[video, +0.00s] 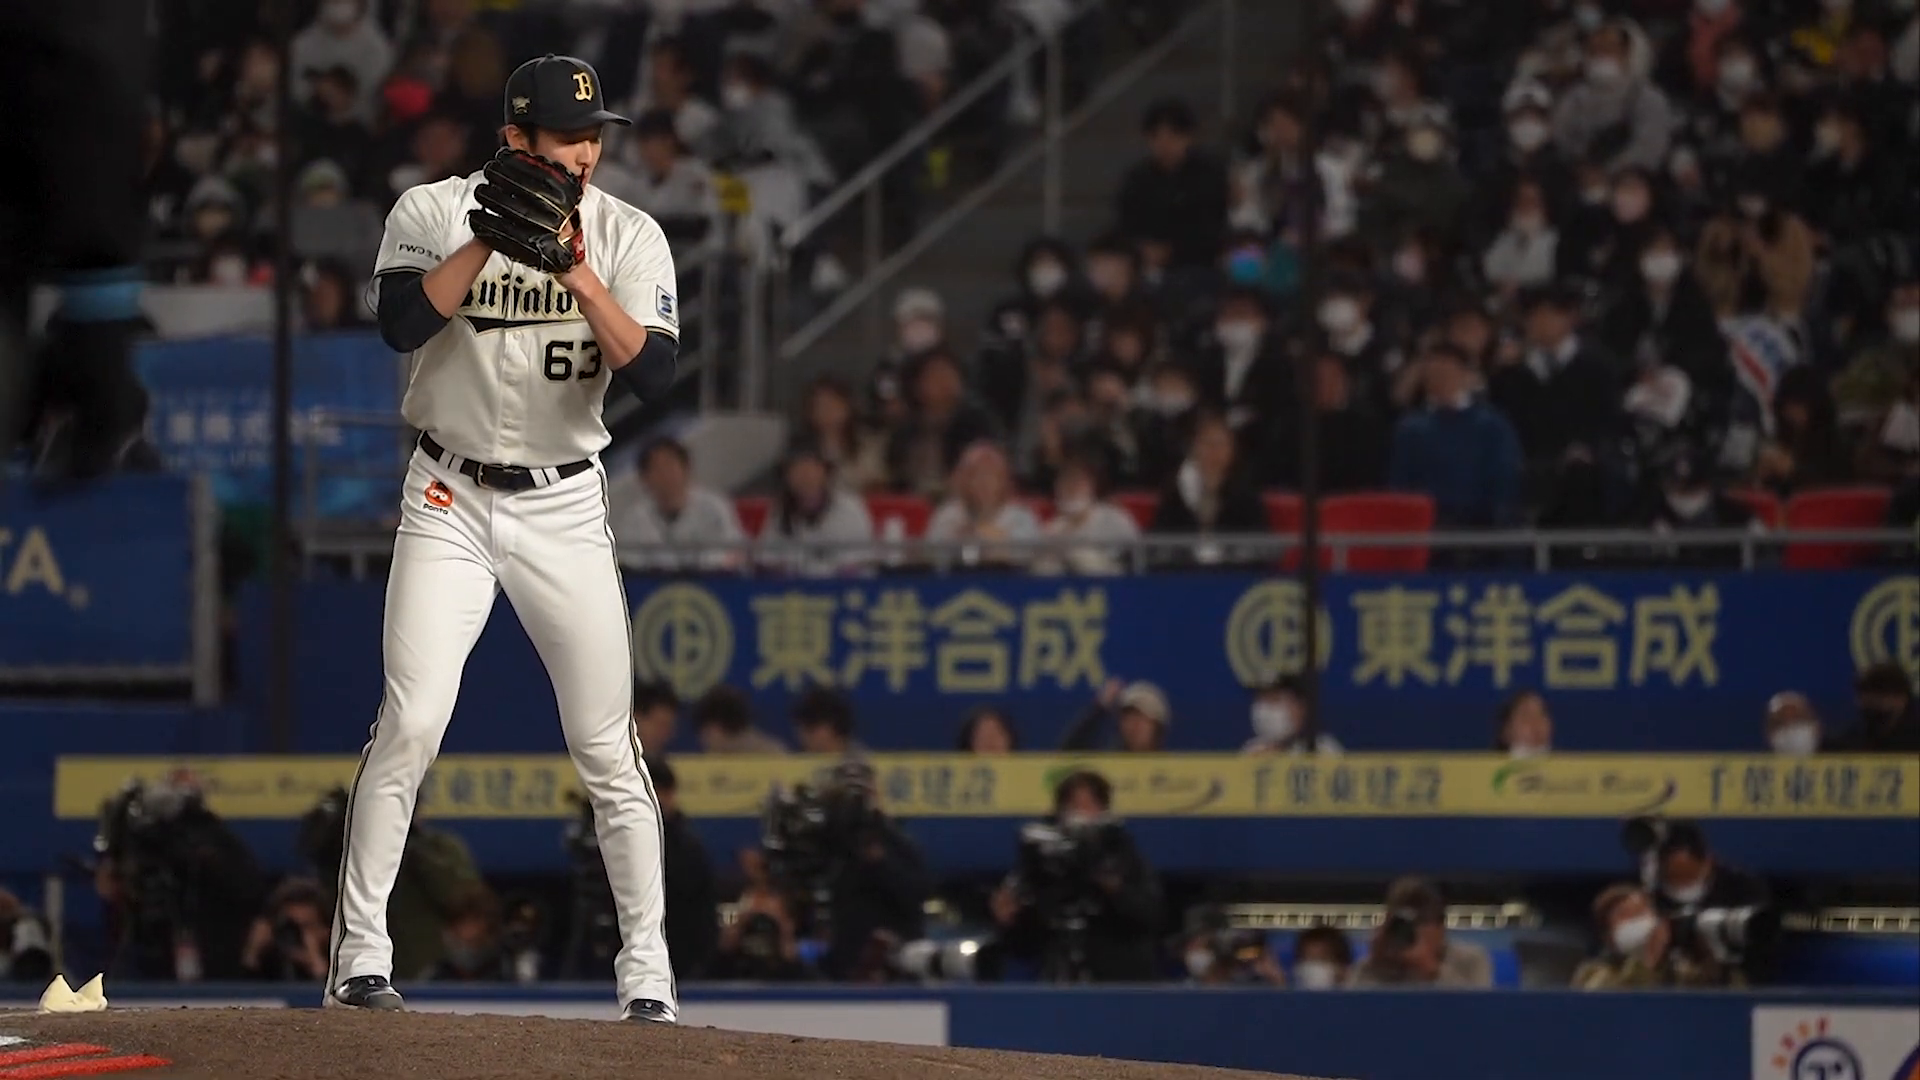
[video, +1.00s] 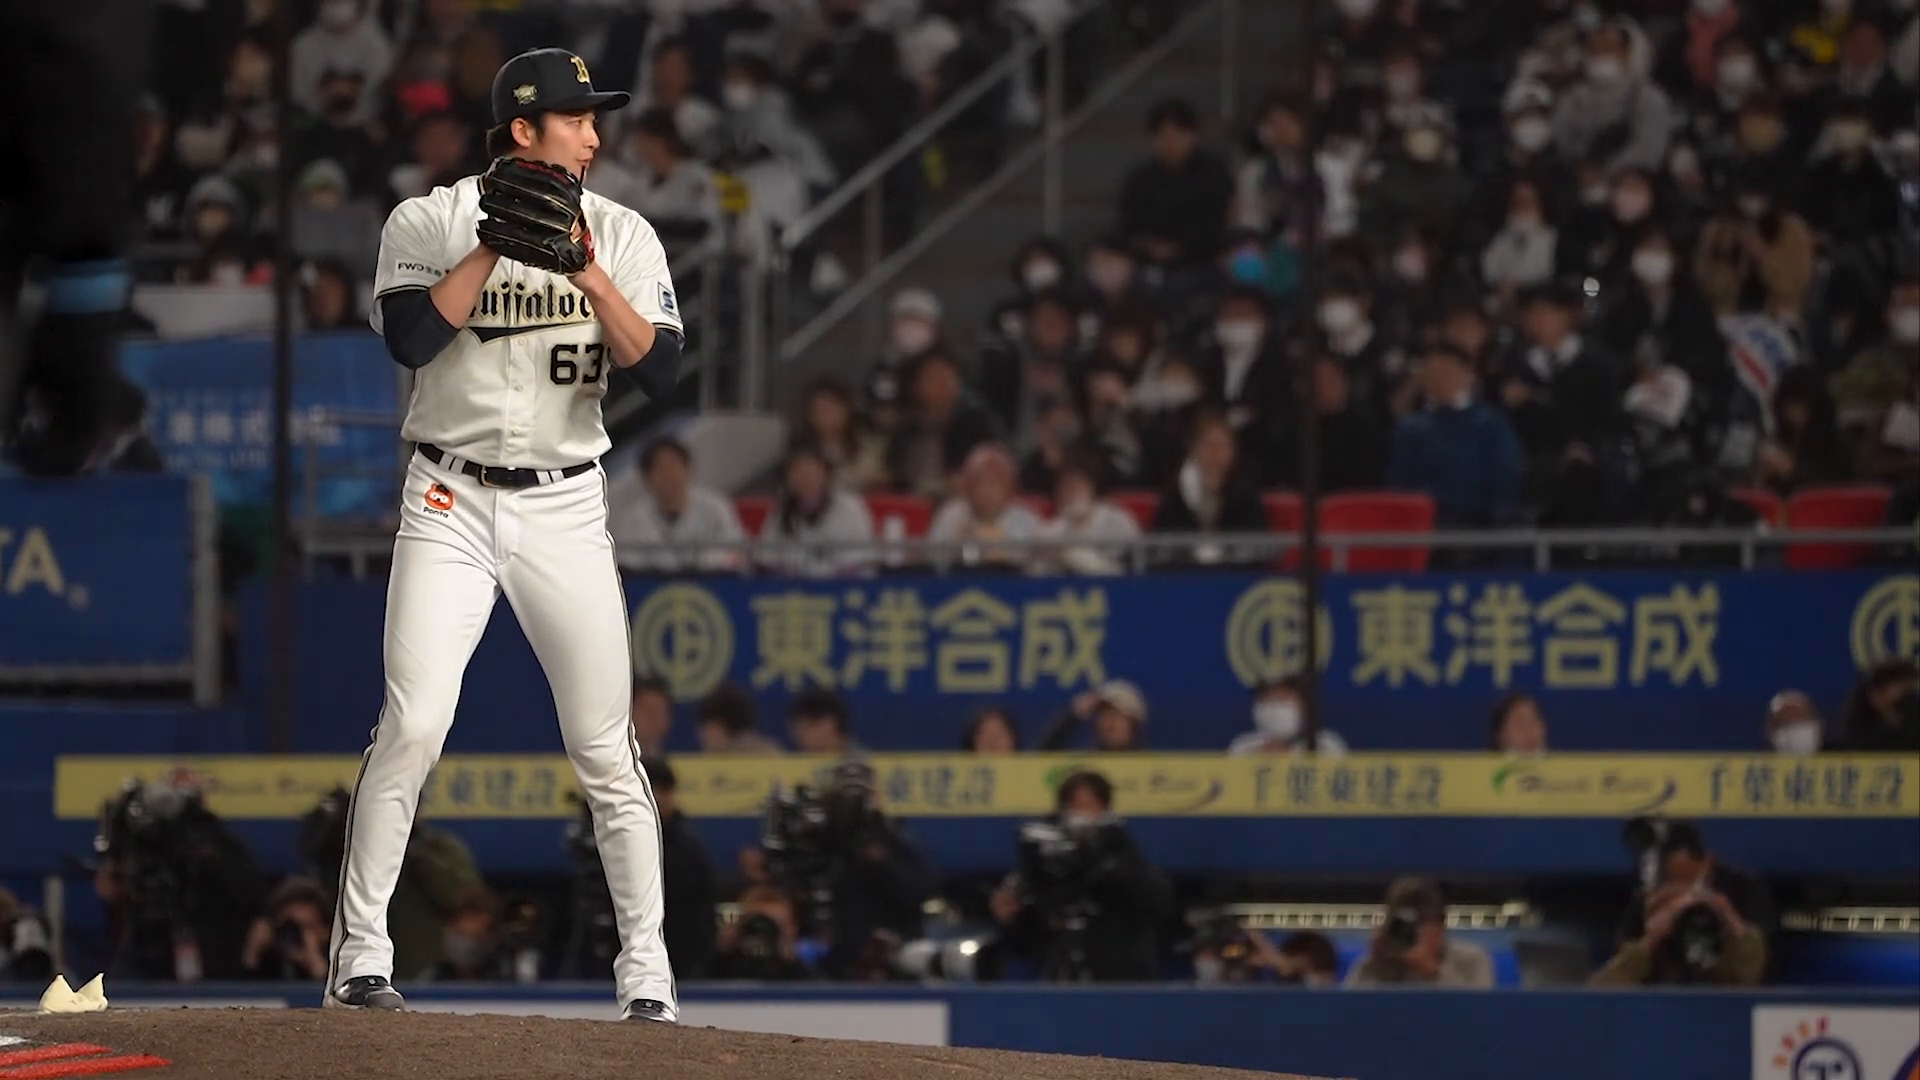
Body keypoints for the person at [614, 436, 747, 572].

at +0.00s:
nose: (667, 478)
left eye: (672, 468)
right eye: (658, 471)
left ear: (686, 471)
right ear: (645, 479)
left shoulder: (715, 508)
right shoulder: (633, 517)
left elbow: (736, 555)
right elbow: (627, 564)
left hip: (710, 594)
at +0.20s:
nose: (668, 477)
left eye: (673, 468)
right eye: (659, 471)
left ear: (686, 470)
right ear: (646, 478)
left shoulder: (714, 508)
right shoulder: (633, 517)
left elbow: (736, 555)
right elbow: (628, 564)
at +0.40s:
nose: (668, 480)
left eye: (673, 471)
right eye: (659, 473)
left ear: (686, 473)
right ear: (646, 480)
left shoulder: (714, 509)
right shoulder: (631, 519)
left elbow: (736, 558)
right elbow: (626, 564)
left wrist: (695, 564)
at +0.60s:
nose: (669, 479)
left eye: (674, 470)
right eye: (660, 472)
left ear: (686, 472)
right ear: (646, 480)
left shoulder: (714, 509)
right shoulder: (632, 518)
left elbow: (735, 557)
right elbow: (626, 563)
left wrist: (694, 564)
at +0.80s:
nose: (669, 478)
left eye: (674, 469)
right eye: (660, 471)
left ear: (686, 471)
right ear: (646, 479)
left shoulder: (715, 509)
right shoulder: (630, 518)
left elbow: (736, 558)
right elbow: (625, 563)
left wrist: (694, 563)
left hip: (709, 595)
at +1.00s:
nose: (670, 477)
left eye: (675, 468)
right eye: (661, 471)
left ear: (687, 471)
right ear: (647, 479)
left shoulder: (715, 509)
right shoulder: (630, 518)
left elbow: (737, 557)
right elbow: (626, 564)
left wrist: (695, 564)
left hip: (710, 595)